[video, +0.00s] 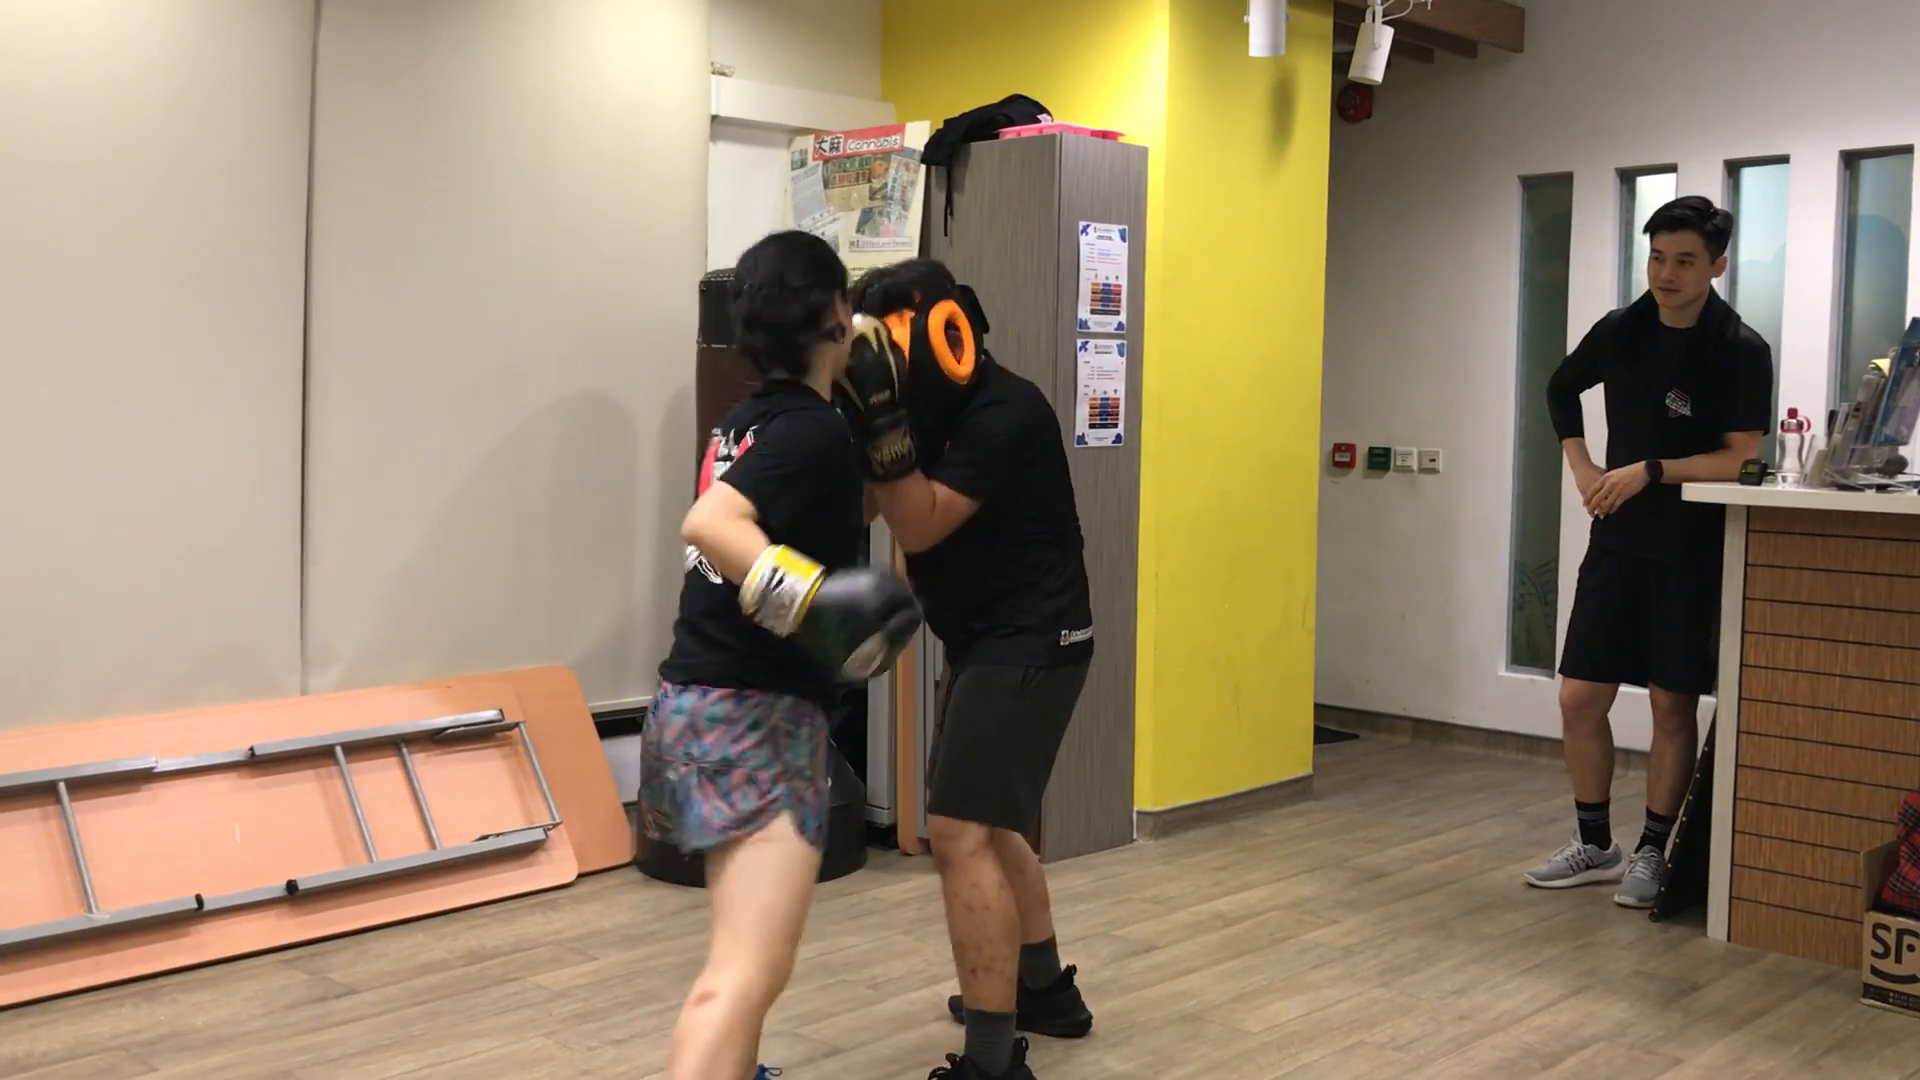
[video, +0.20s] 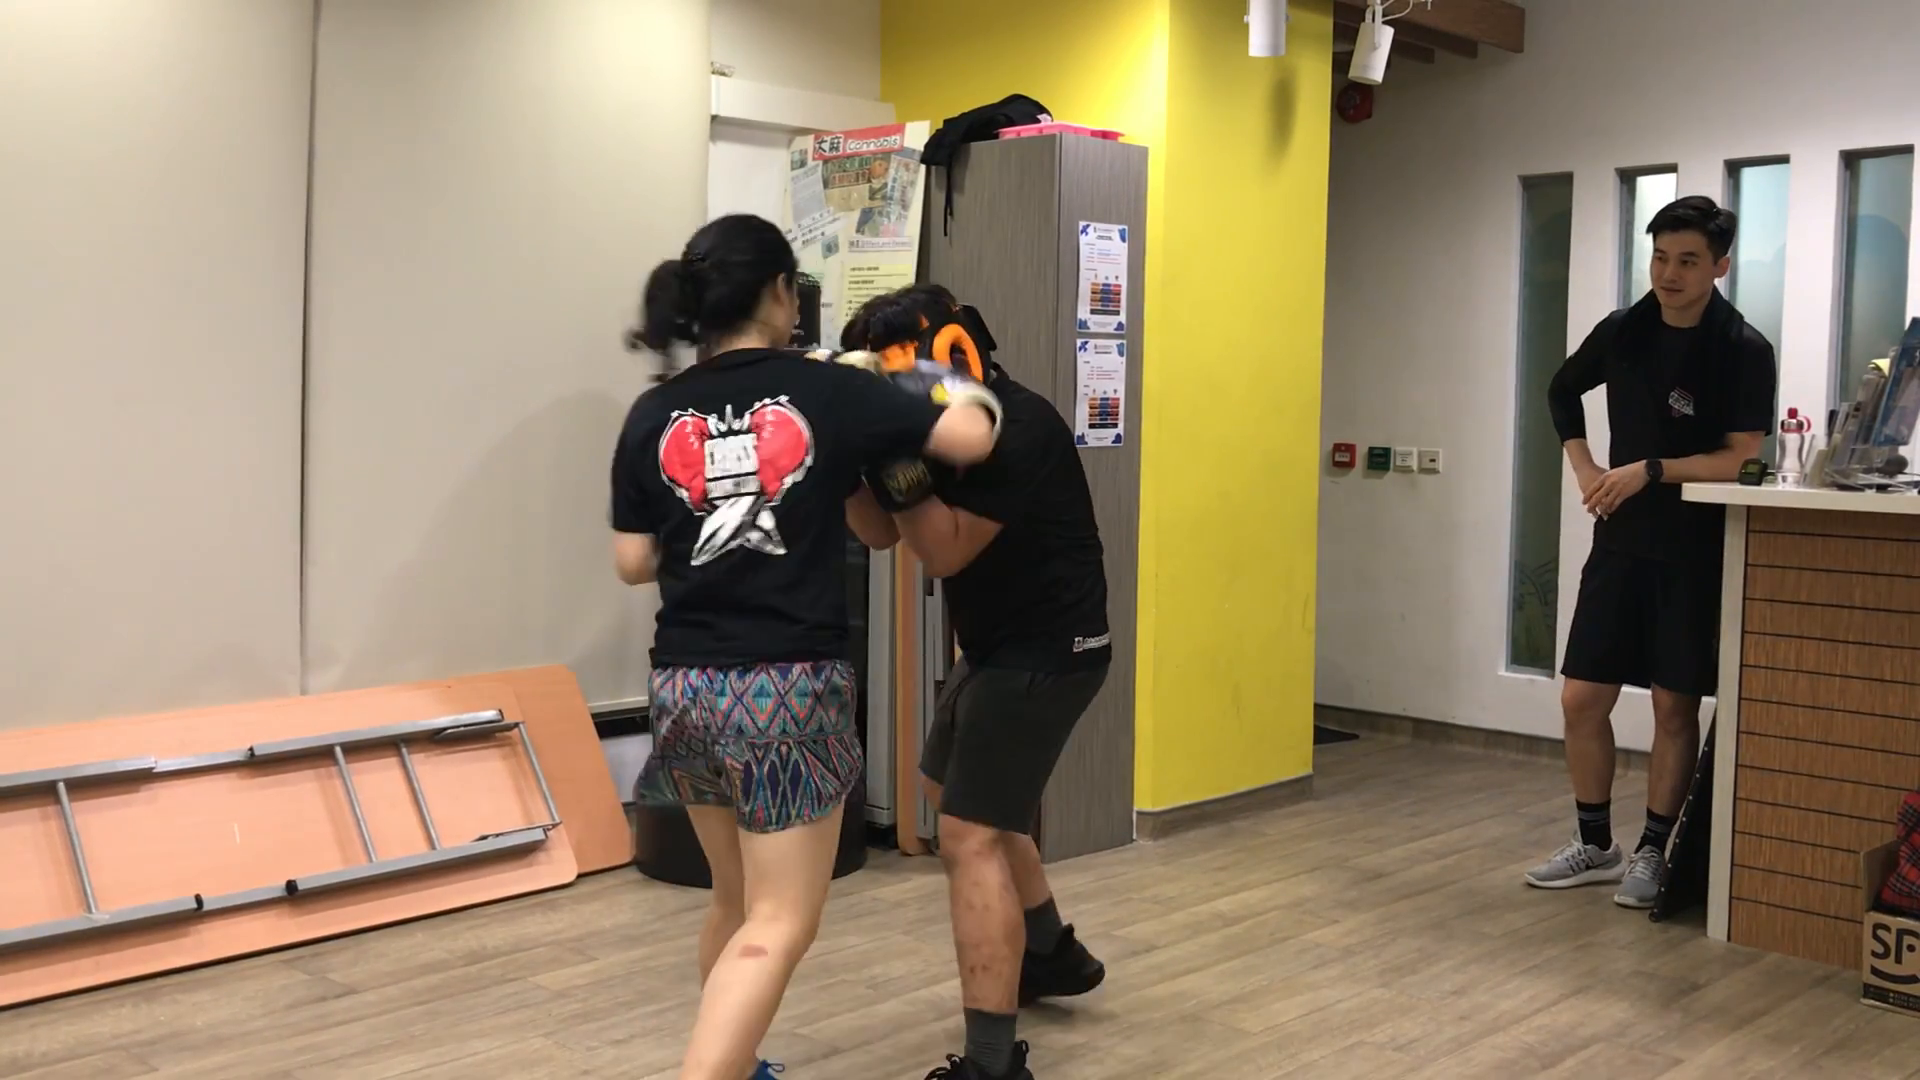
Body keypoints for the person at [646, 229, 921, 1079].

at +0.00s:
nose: (854, 311)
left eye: (850, 299)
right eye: (847, 299)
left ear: (753, 324)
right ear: (835, 315)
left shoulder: (743, 421)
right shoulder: (813, 425)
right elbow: (712, 521)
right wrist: (811, 596)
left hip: (703, 701)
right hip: (755, 710)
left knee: (746, 953)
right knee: (746, 969)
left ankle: (731, 1064)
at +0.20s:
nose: (796, 299)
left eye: (792, 285)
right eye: (792, 284)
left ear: (697, 304)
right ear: (779, 292)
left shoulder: (653, 412)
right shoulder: (827, 389)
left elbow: (633, 562)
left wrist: (711, 515)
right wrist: (958, 386)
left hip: (685, 686)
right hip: (791, 686)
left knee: (732, 900)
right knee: (775, 930)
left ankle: (729, 1063)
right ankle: (702, 1075)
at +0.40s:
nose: (810, 315)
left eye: (806, 302)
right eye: (807, 301)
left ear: (711, 312)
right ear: (789, 302)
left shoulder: (655, 407)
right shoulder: (829, 386)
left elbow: (626, 554)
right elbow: (939, 471)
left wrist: (701, 513)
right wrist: (879, 426)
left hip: (679, 694)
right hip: (788, 693)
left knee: (731, 906)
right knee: (793, 929)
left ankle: (734, 1064)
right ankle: (688, 1074)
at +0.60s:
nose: (821, 370)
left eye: (820, 355)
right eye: (819, 354)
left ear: (713, 352)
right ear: (799, 354)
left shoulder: (647, 436)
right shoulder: (825, 445)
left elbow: (582, 573)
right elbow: (908, 566)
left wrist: (657, 529)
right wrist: (901, 500)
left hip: (654, 747)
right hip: (770, 745)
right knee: (735, 1015)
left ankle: (738, 1062)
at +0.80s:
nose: (834, 377)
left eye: (834, 361)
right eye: (834, 360)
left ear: (737, 358)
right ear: (815, 361)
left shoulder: (658, 444)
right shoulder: (810, 462)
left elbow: (540, 522)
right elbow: (891, 589)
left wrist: (645, 508)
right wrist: (900, 506)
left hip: (641, 744)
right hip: (743, 745)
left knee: (799, 860)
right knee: (720, 1014)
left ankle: (751, 1047)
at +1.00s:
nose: (853, 346)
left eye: (847, 329)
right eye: (846, 329)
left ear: (780, 339)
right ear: (819, 336)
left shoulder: (786, 434)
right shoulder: (759, 432)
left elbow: (701, 400)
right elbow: (646, 511)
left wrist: (700, 404)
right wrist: (735, 523)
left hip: (736, 707)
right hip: (696, 705)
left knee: (782, 878)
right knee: (711, 949)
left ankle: (715, 1043)